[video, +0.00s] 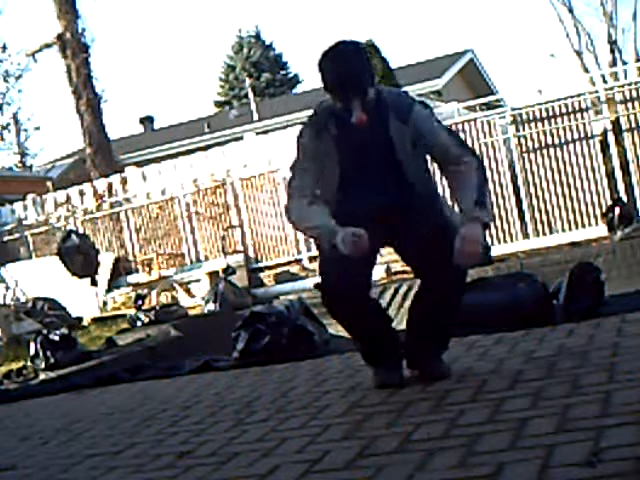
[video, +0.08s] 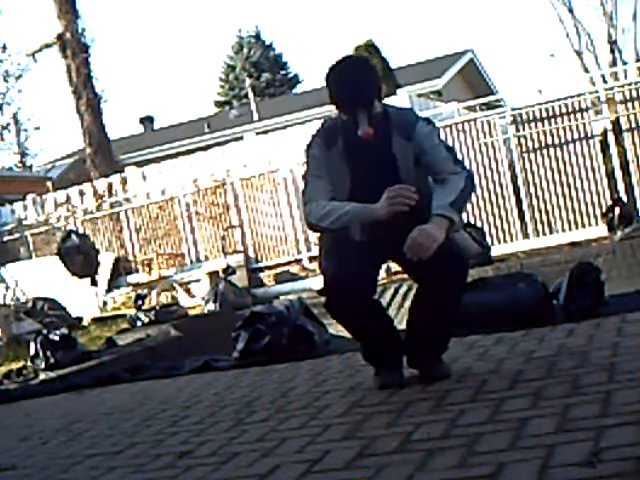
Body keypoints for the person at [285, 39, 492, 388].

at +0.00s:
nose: (355, 109)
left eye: (362, 97)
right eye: (344, 102)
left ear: (373, 83)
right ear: (330, 92)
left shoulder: (403, 109)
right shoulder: (319, 128)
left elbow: (461, 162)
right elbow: (299, 202)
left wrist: (474, 220)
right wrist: (334, 234)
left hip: (412, 216)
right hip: (353, 227)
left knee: (447, 270)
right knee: (340, 292)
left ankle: (424, 352)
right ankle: (385, 358)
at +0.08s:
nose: (360, 120)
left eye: (367, 109)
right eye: (348, 112)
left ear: (378, 95)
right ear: (335, 105)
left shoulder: (409, 126)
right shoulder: (325, 142)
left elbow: (456, 177)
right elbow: (314, 210)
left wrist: (438, 223)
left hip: (411, 230)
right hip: (354, 239)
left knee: (448, 265)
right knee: (341, 293)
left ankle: (425, 351)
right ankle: (386, 358)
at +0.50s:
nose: (366, 136)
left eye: (373, 124)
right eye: (355, 128)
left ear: (387, 122)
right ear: (343, 130)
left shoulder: (421, 165)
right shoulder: (332, 183)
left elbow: (442, 215)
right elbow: (339, 238)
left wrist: (364, 215)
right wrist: (412, 215)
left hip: (421, 265)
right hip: (363, 276)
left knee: (442, 284)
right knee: (347, 305)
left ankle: (433, 357)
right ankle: (384, 367)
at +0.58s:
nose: (363, 133)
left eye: (371, 120)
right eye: (352, 125)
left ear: (382, 117)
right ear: (340, 127)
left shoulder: (418, 161)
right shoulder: (328, 181)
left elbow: (441, 217)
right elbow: (340, 238)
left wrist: (361, 215)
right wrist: (413, 212)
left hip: (420, 261)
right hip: (362, 272)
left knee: (443, 282)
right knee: (352, 303)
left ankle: (434, 358)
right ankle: (384, 366)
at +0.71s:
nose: (356, 133)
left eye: (363, 121)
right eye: (345, 125)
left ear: (376, 121)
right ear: (333, 131)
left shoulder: (414, 166)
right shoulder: (324, 190)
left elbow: (434, 220)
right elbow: (340, 246)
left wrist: (358, 223)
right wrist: (413, 226)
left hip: (423, 263)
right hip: (367, 275)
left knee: (448, 289)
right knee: (362, 311)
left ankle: (432, 355)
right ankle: (385, 367)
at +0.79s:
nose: (357, 136)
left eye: (365, 123)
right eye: (346, 128)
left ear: (376, 121)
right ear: (334, 133)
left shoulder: (414, 167)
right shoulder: (325, 191)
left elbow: (434, 223)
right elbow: (343, 250)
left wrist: (357, 225)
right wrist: (413, 226)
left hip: (423, 266)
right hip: (366, 278)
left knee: (447, 289)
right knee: (364, 311)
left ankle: (433, 355)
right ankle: (385, 366)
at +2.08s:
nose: (362, 118)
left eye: (369, 107)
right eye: (350, 112)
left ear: (381, 110)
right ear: (338, 121)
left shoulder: (417, 159)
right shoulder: (328, 182)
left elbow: (433, 223)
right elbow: (346, 243)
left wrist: (357, 216)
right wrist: (414, 214)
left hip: (423, 266)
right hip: (365, 278)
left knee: (446, 297)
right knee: (360, 316)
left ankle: (434, 358)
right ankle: (384, 367)